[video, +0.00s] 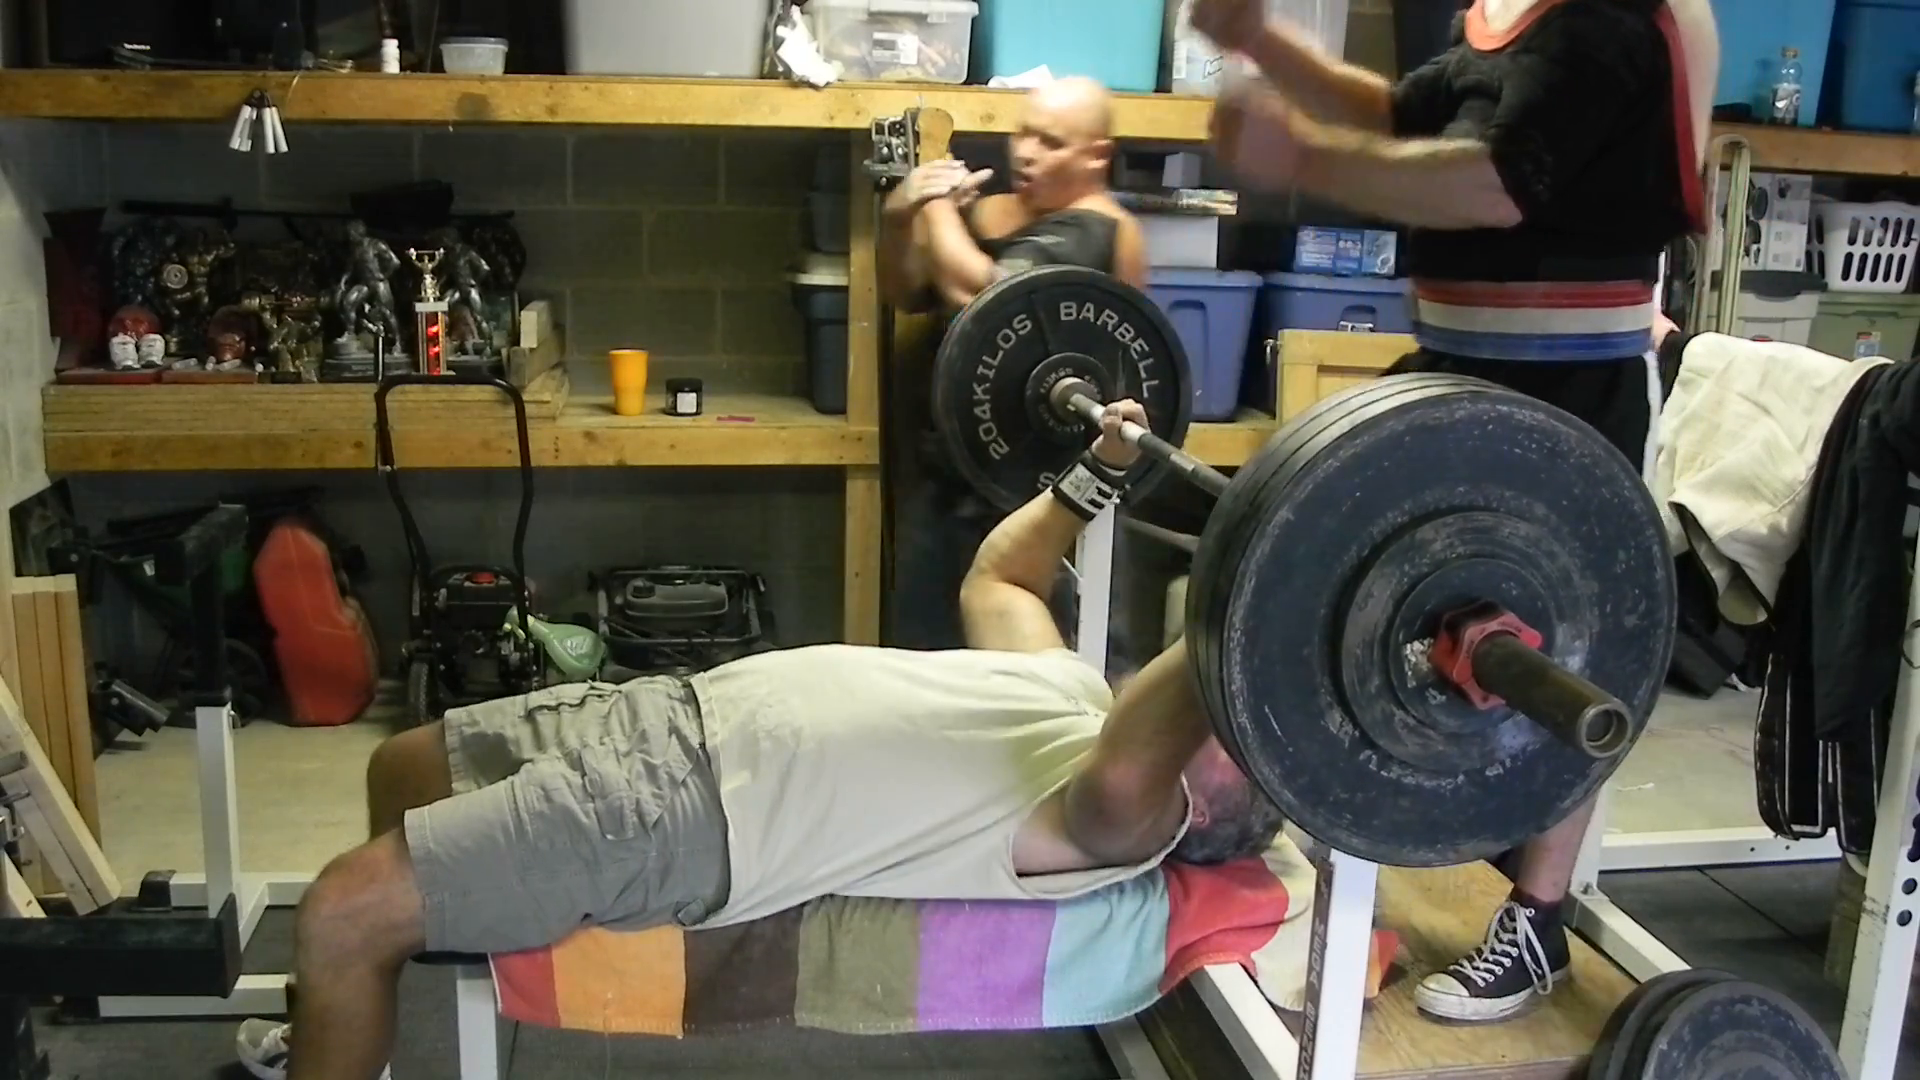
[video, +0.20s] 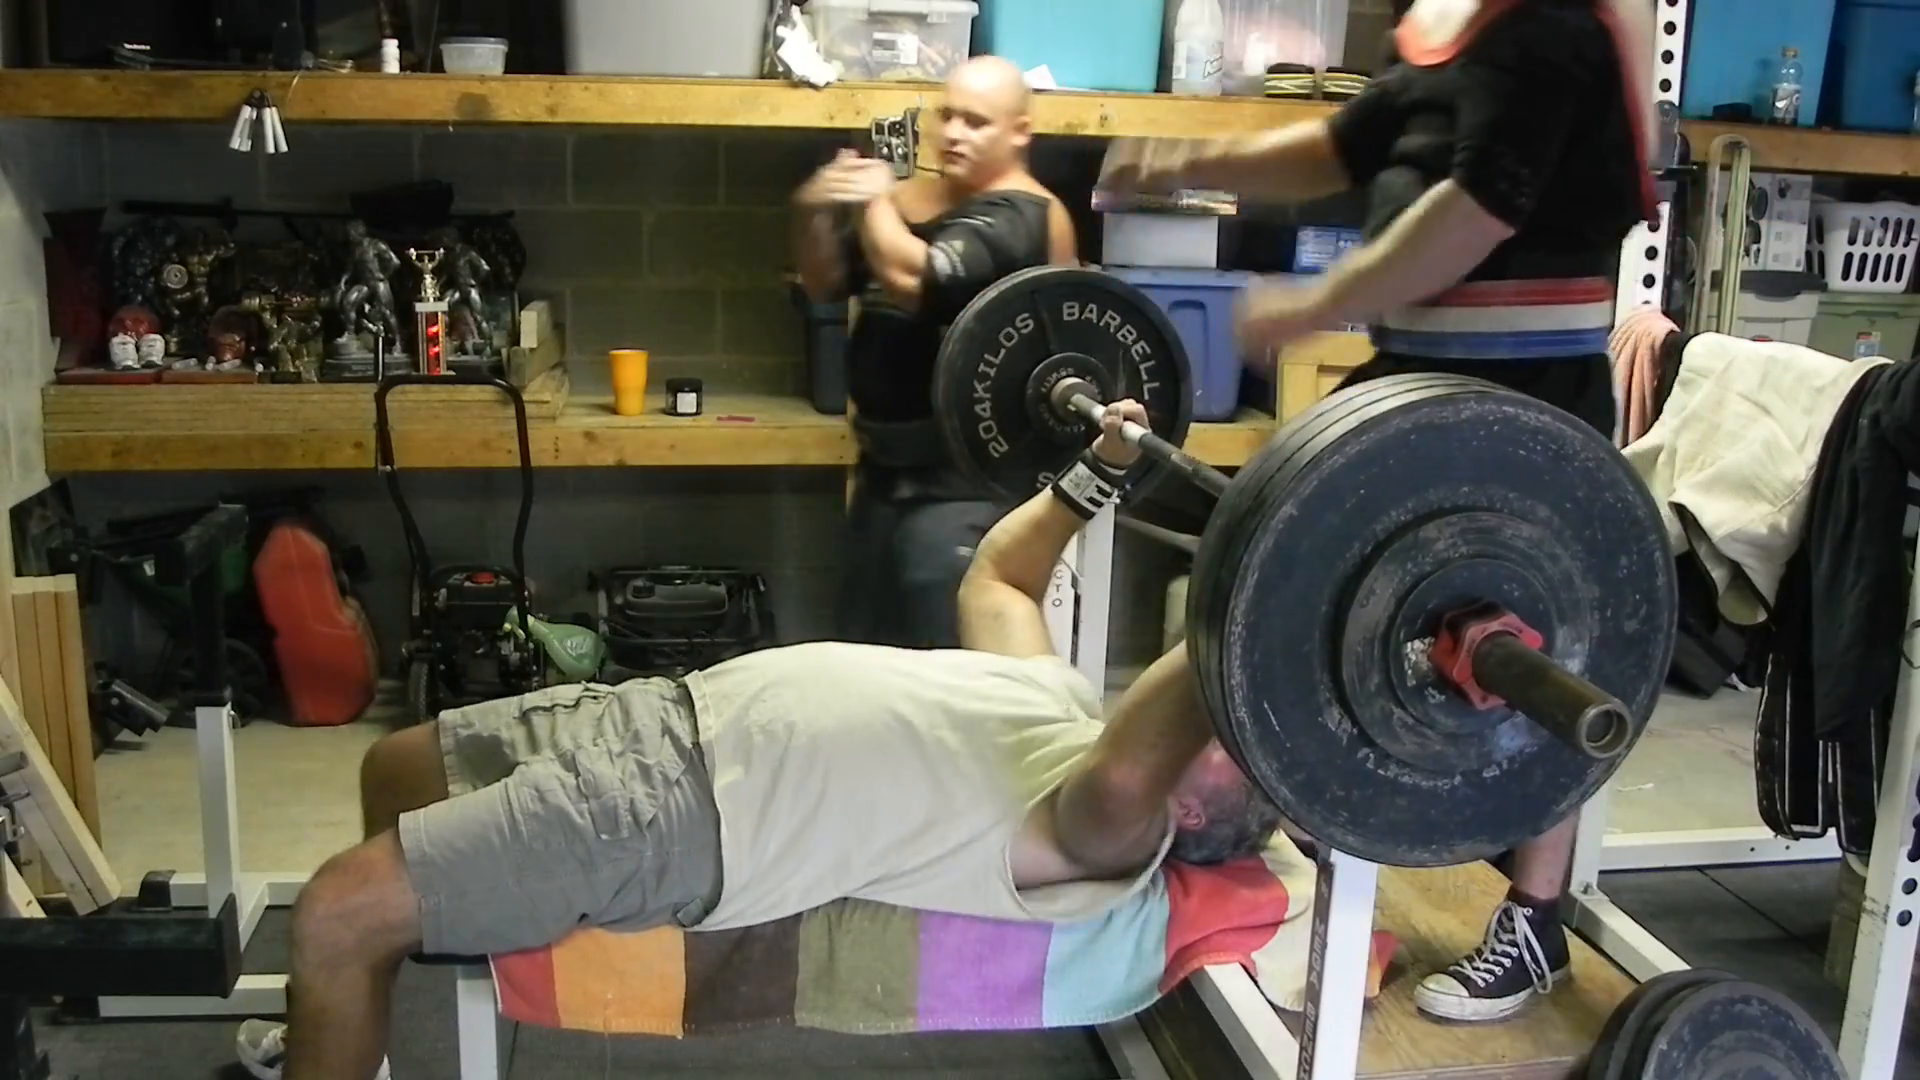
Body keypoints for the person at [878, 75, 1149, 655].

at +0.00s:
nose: (1023, 153)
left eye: (1047, 140)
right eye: (1022, 135)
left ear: (1097, 155)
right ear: (1013, 133)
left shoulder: (1098, 232)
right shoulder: (994, 209)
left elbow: (983, 294)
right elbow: (904, 292)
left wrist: (939, 207)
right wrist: (898, 218)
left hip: (1036, 468)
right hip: (951, 451)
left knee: (1019, 631)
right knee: (929, 623)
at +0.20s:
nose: (953, 134)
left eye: (975, 121)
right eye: (947, 115)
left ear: (1021, 132)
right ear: (933, 116)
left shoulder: (1021, 216)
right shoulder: (918, 196)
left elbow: (915, 278)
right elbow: (827, 285)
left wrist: (877, 201)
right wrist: (815, 214)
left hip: (965, 481)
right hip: (888, 473)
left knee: (942, 676)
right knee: (865, 662)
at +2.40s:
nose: (530, 119)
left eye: (536, 103)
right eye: (508, 103)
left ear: (544, 107)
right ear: (454, 113)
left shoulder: (585, 195)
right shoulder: (423, 208)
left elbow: (647, 273)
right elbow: (474, 306)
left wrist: (689, 356)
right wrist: (565, 381)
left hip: (611, 494)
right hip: (494, 501)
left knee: (624, 688)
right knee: (498, 713)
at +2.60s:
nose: (557, 125)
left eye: (566, 108)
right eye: (535, 110)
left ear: (578, 112)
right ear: (491, 119)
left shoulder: (625, 200)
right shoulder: (456, 214)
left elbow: (673, 282)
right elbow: (472, 321)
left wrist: (697, 364)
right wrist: (526, 411)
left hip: (626, 490)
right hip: (507, 492)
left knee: (615, 676)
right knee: (492, 691)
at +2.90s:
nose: (584, 133)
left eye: (596, 115)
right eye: (565, 118)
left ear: (612, 116)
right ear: (529, 120)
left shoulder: (662, 199)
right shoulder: (487, 205)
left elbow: (687, 306)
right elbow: (491, 320)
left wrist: (669, 416)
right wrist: (527, 422)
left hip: (640, 465)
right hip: (524, 467)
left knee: (621, 659)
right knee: (520, 665)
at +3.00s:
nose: (589, 131)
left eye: (602, 114)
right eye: (570, 116)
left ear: (618, 117)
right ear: (535, 119)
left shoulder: (667, 199)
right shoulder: (493, 204)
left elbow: (696, 302)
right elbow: (497, 311)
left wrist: (680, 411)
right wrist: (537, 407)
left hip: (646, 469)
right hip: (529, 470)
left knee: (623, 656)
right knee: (522, 663)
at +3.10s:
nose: (595, 130)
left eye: (608, 113)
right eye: (576, 114)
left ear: (622, 117)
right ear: (538, 119)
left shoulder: (673, 201)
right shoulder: (499, 205)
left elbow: (705, 300)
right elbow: (508, 310)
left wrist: (702, 401)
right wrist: (556, 401)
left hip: (650, 479)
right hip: (531, 479)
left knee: (625, 662)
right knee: (526, 668)